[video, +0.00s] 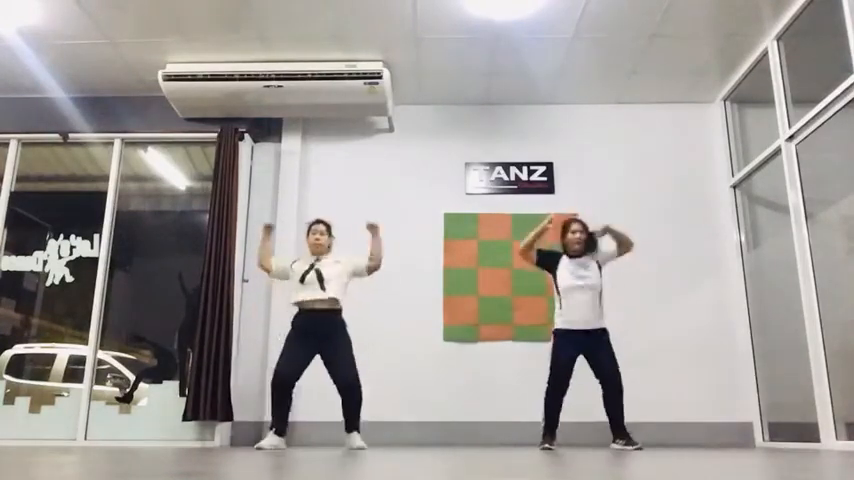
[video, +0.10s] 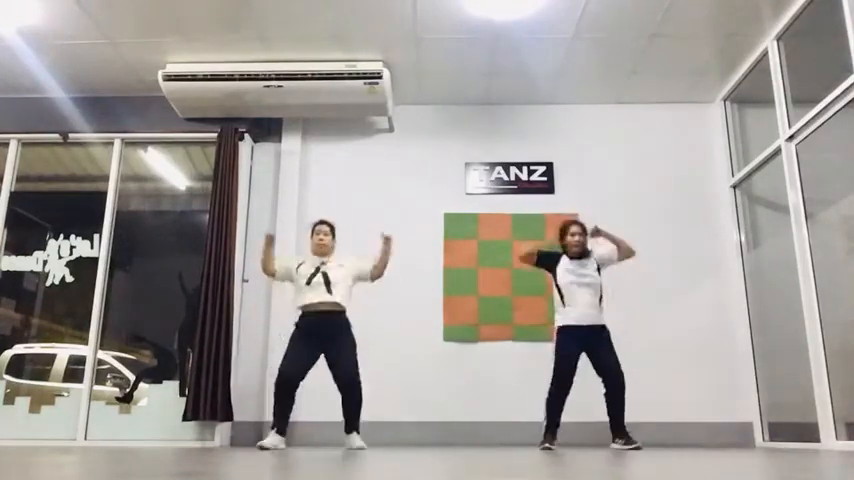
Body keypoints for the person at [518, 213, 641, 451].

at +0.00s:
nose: (577, 236)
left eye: (581, 232)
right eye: (572, 232)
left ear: (588, 238)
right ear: (563, 239)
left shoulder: (597, 260)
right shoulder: (555, 261)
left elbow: (626, 246)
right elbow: (525, 251)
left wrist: (608, 230)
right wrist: (543, 227)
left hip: (596, 334)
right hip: (566, 335)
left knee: (613, 383)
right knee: (557, 385)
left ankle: (620, 435)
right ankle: (548, 435)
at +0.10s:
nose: (576, 239)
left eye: (580, 235)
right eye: (571, 235)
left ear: (587, 239)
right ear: (563, 240)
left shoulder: (596, 261)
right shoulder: (556, 261)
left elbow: (628, 252)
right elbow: (524, 256)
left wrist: (603, 234)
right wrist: (548, 248)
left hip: (596, 330)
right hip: (569, 331)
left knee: (615, 380)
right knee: (561, 383)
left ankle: (619, 434)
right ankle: (549, 435)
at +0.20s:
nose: (582, 244)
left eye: (586, 240)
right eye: (577, 239)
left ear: (592, 243)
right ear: (568, 244)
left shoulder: (600, 265)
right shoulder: (561, 262)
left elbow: (623, 273)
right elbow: (532, 265)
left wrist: (608, 246)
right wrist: (550, 280)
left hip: (597, 336)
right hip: (568, 336)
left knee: (616, 382)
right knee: (559, 385)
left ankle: (619, 434)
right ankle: (549, 435)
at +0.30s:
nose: (585, 241)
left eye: (590, 237)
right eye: (580, 237)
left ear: (596, 241)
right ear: (573, 242)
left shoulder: (603, 263)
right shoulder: (566, 258)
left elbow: (627, 278)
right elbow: (537, 274)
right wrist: (543, 310)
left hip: (591, 334)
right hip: (561, 331)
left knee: (608, 380)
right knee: (546, 375)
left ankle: (617, 433)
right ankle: (544, 431)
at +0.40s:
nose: (584, 243)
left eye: (588, 239)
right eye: (579, 240)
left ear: (596, 244)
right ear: (572, 245)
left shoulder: (603, 268)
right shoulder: (565, 264)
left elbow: (625, 294)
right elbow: (534, 284)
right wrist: (540, 319)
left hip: (589, 338)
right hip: (558, 333)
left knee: (605, 384)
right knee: (536, 368)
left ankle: (617, 434)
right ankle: (537, 425)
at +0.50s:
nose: (578, 250)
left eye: (582, 246)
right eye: (573, 247)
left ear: (590, 251)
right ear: (567, 253)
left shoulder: (598, 277)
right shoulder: (560, 275)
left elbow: (617, 312)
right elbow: (532, 294)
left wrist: (601, 343)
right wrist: (538, 327)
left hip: (585, 343)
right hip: (555, 339)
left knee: (606, 386)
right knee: (535, 376)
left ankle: (617, 434)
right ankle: (537, 430)